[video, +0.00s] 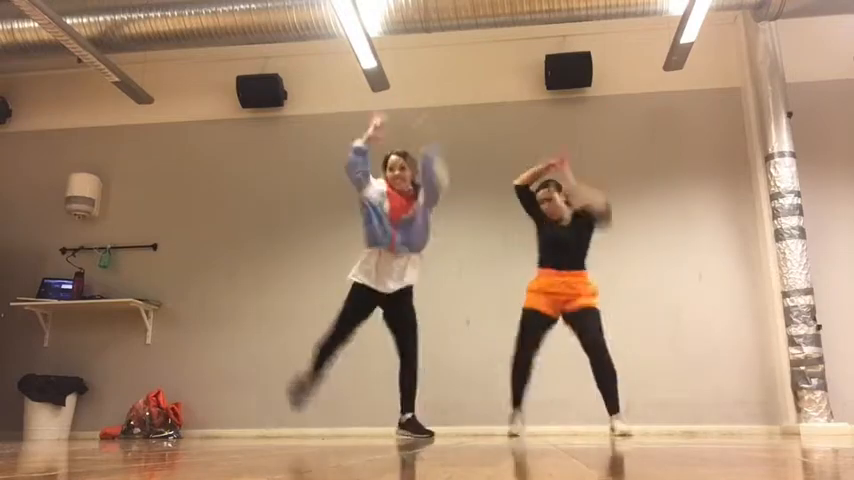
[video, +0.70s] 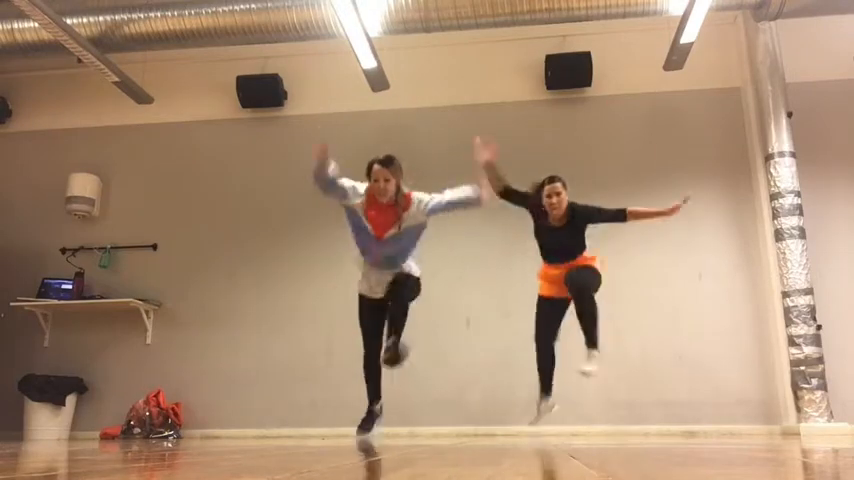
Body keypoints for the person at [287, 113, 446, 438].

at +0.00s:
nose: (398, 173)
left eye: (402, 168)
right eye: (392, 169)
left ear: (412, 172)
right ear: (385, 174)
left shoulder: (422, 201)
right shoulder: (374, 193)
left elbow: (434, 187)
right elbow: (355, 170)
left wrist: (429, 159)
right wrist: (366, 139)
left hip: (400, 286)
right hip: (367, 281)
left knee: (409, 353)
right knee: (338, 334)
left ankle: (407, 417)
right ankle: (310, 380)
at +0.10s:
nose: (392, 172)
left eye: (397, 168)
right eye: (387, 168)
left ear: (407, 171)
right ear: (380, 173)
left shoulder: (421, 196)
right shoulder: (370, 198)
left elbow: (442, 177)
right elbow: (352, 186)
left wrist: (452, 144)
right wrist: (347, 167)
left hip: (404, 292)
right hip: (370, 285)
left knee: (425, 349)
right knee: (317, 296)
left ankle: (416, 411)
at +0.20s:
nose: (384, 175)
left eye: (389, 170)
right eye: (379, 171)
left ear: (401, 174)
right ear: (374, 177)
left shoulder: (417, 204)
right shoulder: (371, 212)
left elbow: (446, 210)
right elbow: (358, 235)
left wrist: (466, 189)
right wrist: (340, 235)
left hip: (407, 290)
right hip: (377, 285)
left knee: (413, 356)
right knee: (326, 275)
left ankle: (423, 416)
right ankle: (357, 317)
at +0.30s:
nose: (378, 181)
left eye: (385, 176)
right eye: (374, 176)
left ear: (397, 179)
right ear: (370, 180)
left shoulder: (411, 208)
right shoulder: (375, 216)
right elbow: (365, 250)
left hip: (412, 297)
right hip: (382, 294)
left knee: (411, 357)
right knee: (332, 302)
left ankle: (431, 416)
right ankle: (359, 353)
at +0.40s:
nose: (376, 192)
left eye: (382, 186)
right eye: (372, 187)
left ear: (395, 187)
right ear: (367, 188)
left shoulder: (406, 216)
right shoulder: (367, 221)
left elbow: (410, 252)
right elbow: (359, 258)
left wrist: (422, 279)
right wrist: (362, 288)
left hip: (407, 297)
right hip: (375, 301)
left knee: (410, 353)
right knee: (362, 360)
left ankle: (438, 408)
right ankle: (367, 415)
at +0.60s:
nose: (377, 199)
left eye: (383, 193)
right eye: (373, 193)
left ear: (395, 193)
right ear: (366, 193)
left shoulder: (411, 216)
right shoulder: (354, 206)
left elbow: (439, 217)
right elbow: (334, 188)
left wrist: (459, 191)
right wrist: (325, 159)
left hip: (401, 287)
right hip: (368, 290)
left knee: (408, 316)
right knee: (368, 359)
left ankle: (421, 352)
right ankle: (372, 419)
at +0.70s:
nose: (381, 186)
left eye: (387, 181)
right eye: (376, 180)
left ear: (398, 181)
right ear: (368, 181)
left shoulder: (416, 205)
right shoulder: (356, 196)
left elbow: (446, 200)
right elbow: (328, 185)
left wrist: (477, 194)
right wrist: (321, 167)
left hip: (403, 275)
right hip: (372, 279)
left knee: (401, 291)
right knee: (371, 349)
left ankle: (392, 345)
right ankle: (374, 406)